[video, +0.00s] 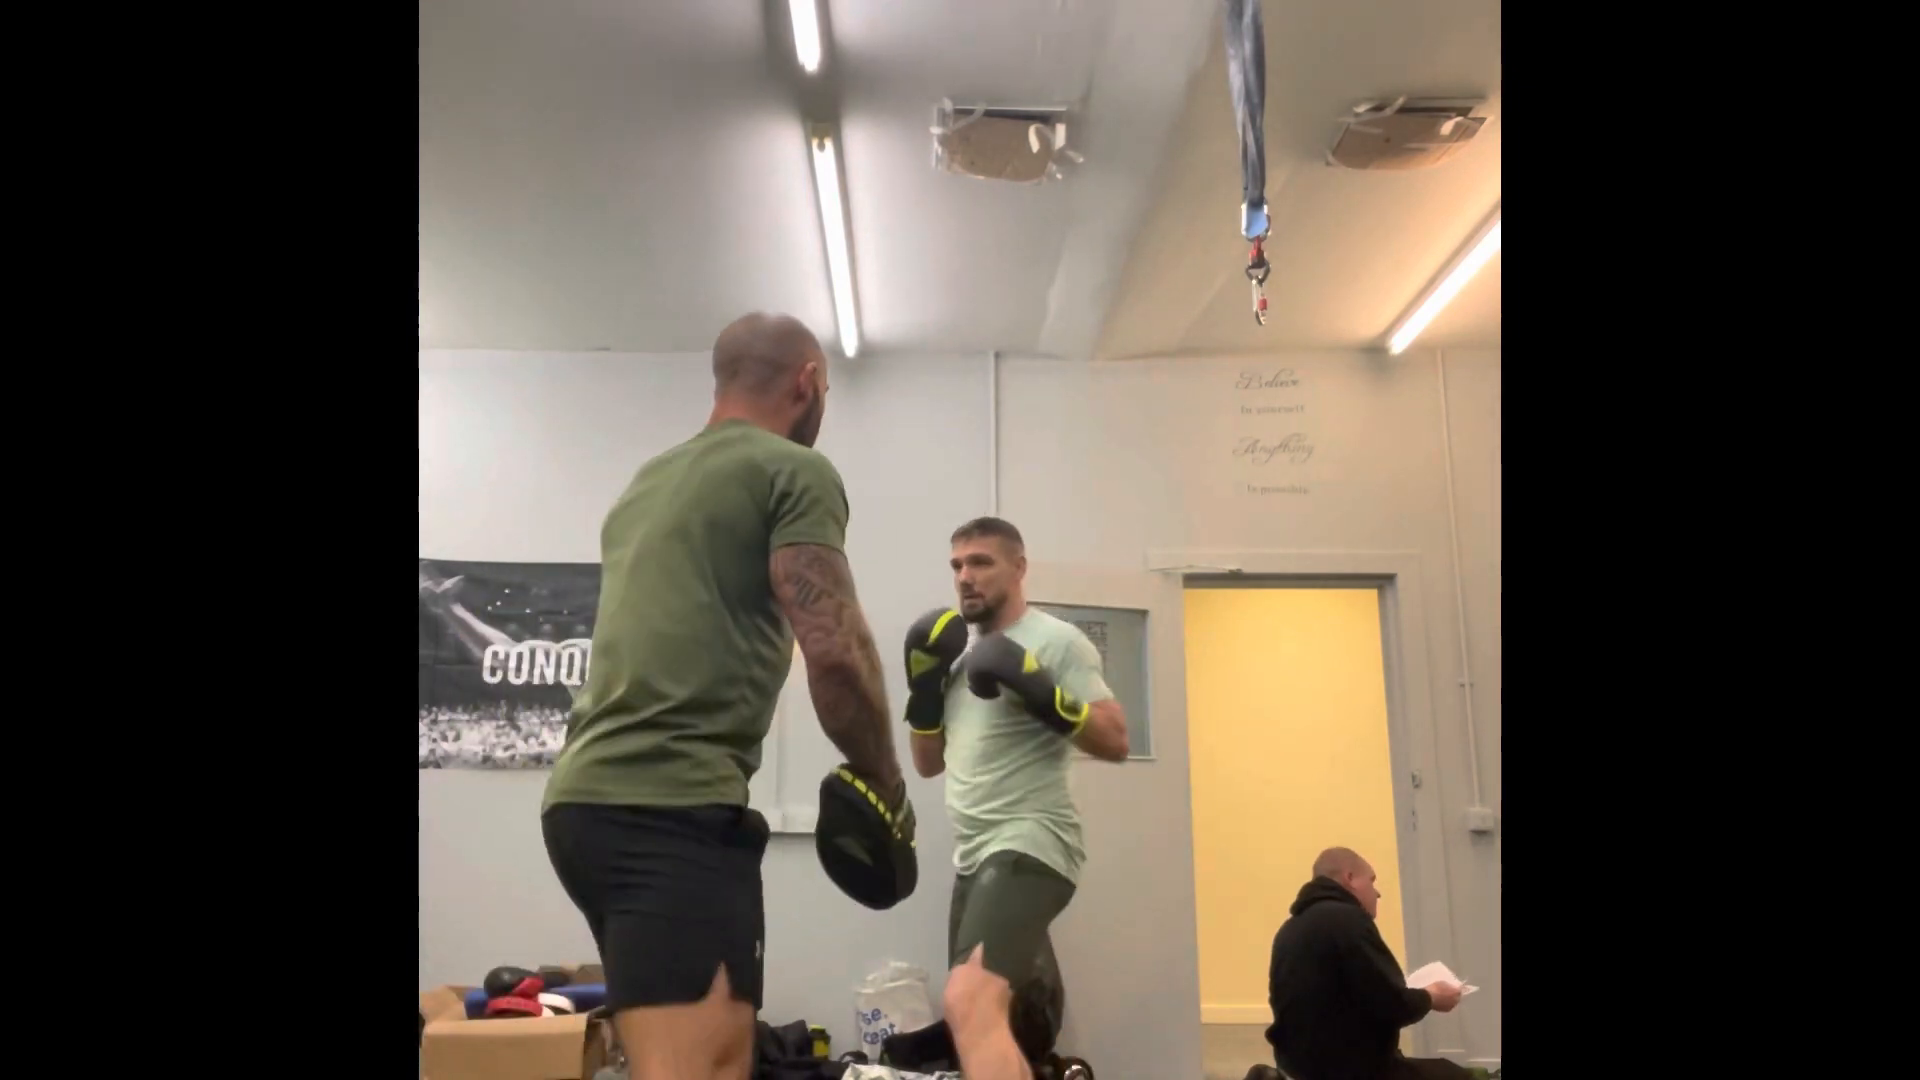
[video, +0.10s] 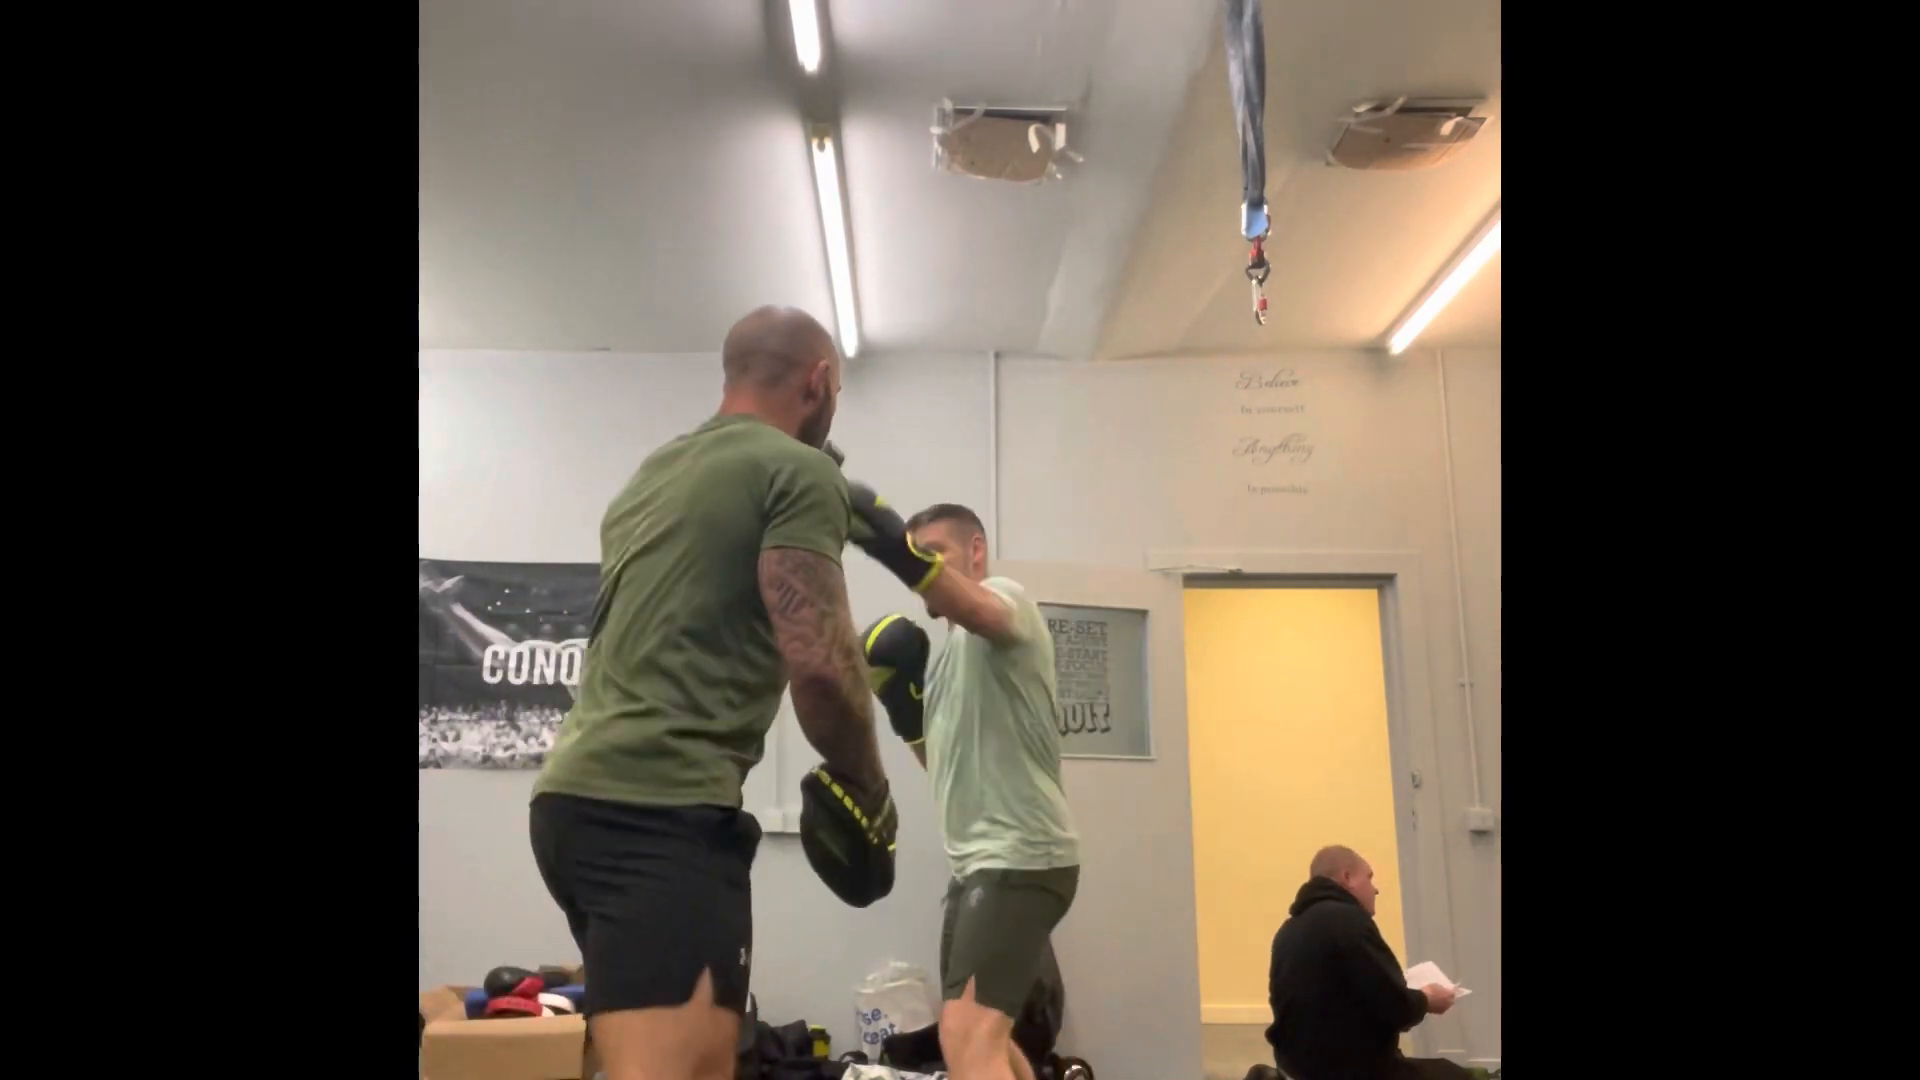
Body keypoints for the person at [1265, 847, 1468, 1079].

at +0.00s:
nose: (1377, 893)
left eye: (1374, 883)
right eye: (1372, 882)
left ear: (1325, 881)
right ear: (1349, 879)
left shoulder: (1288, 931)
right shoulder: (1347, 919)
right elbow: (1387, 1007)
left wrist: (1402, 992)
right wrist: (1430, 997)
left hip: (1302, 1069)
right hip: (1357, 1071)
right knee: (1456, 1072)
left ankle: (1273, 1075)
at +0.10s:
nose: (1375, 889)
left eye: (1372, 879)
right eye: (1369, 878)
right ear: (1346, 878)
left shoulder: (1288, 931)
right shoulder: (1348, 920)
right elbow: (1393, 1009)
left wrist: (1399, 992)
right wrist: (1426, 1000)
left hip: (1301, 1068)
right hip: (1357, 1070)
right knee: (1455, 1072)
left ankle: (1272, 1075)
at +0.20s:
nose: (1374, 890)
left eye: (1371, 880)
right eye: (1369, 880)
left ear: (1320, 881)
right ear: (1347, 880)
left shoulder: (1287, 931)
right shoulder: (1348, 920)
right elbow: (1390, 1009)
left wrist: (1400, 994)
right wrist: (1425, 1003)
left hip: (1302, 1069)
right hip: (1357, 1071)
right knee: (1457, 1073)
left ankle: (1272, 1075)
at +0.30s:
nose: (1375, 893)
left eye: (1372, 883)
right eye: (1370, 881)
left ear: (1320, 881)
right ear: (1347, 879)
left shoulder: (1287, 930)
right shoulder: (1347, 920)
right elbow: (1387, 1008)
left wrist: (1400, 1000)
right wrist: (1425, 1009)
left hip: (1302, 1068)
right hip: (1357, 1071)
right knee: (1454, 1072)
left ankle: (1271, 1075)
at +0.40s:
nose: (1376, 895)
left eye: (1374, 885)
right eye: (1371, 884)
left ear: (1326, 882)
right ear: (1347, 880)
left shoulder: (1288, 930)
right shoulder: (1350, 920)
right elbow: (1376, 1006)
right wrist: (1426, 1034)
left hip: (1302, 1067)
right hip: (1356, 1069)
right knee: (1460, 1072)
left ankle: (1272, 1074)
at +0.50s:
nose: (1377, 899)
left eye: (1376, 887)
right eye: (1373, 886)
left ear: (1323, 883)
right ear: (1352, 883)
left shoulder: (1290, 929)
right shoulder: (1352, 922)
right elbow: (1372, 1013)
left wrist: (1385, 1018)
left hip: (1299, 1065)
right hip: (1349, 1068)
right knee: (1449, 1070)